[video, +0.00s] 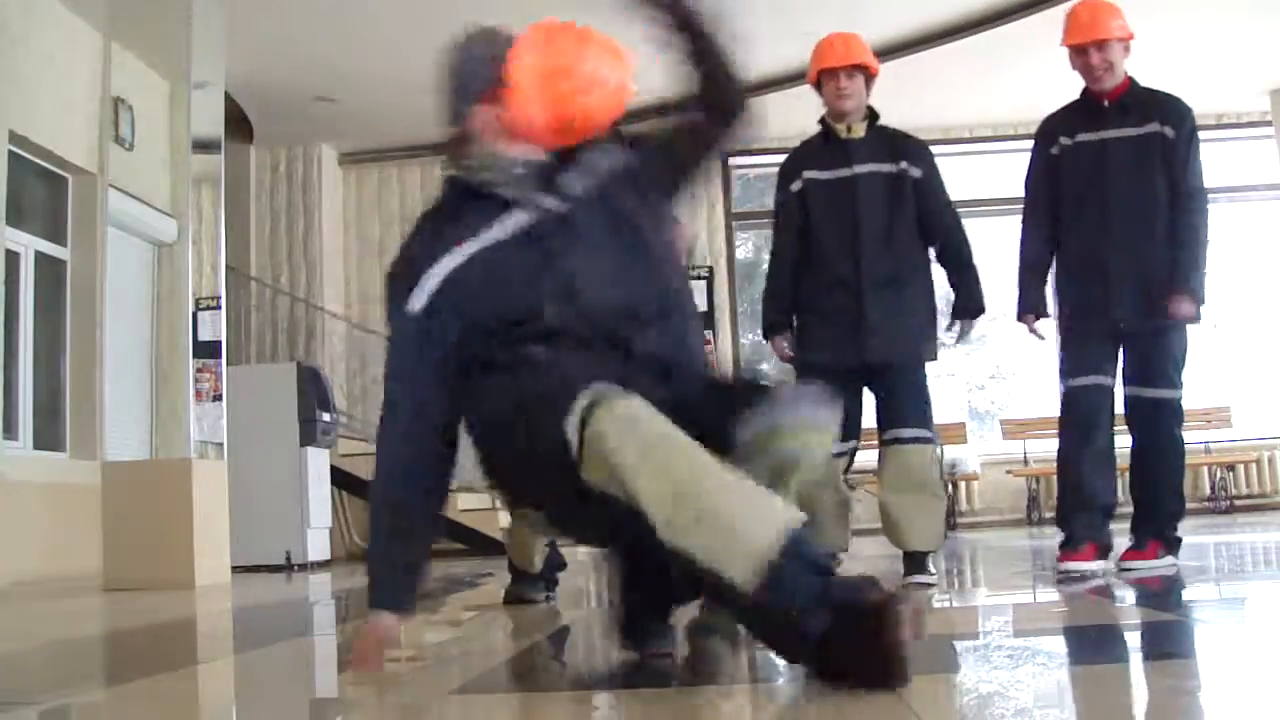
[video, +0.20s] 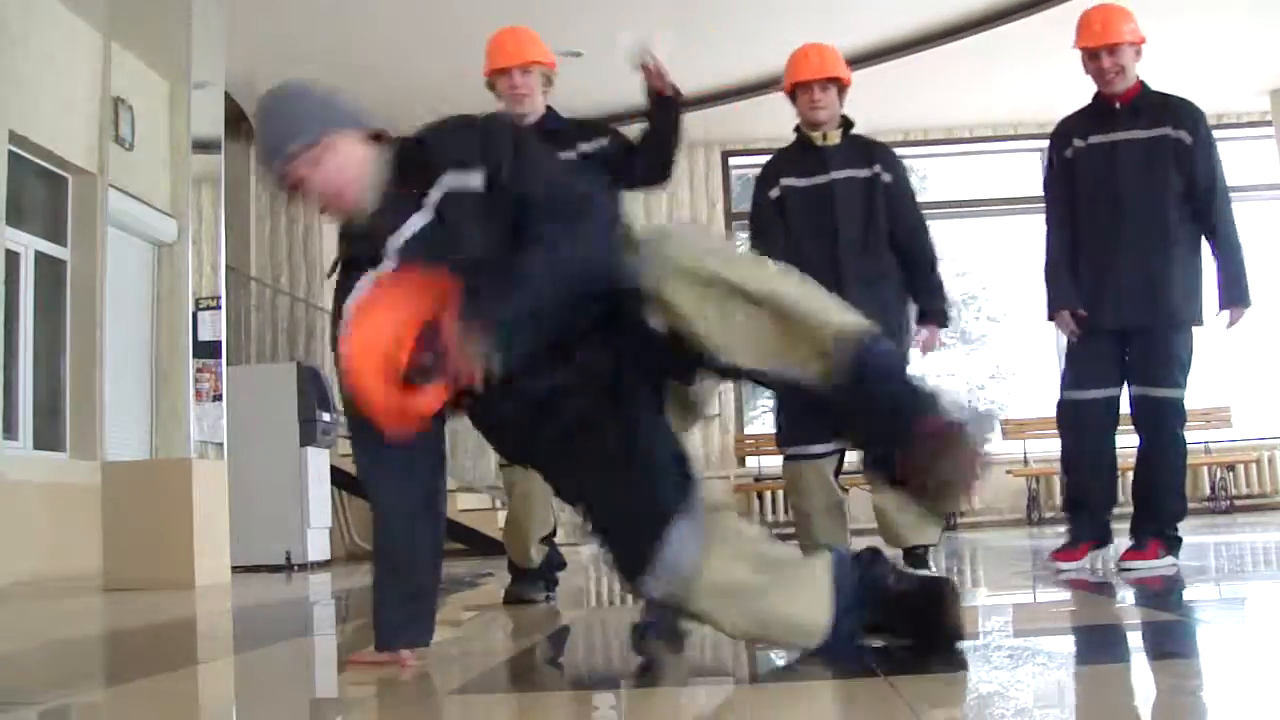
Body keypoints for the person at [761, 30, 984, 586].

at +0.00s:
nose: (843, 85)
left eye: (852, 74)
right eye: (831, 77)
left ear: (870, 80)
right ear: (817, 87)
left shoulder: (908, 152)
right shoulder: (799, 165)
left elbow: (945, 229)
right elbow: (785, 249)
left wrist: (968, 297)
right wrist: (775, 319)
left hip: (898, 329)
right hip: (824, 334)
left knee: (911, 446)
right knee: (822, 452)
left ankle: (919, 552)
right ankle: (819, 557)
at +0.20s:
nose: (816, 98)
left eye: (826, 88)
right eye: (805, 90)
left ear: (842, 93)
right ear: (792, 99)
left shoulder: (879, 160)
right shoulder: (775, 173)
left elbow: (912, 237)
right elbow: (764, 259)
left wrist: (931, 309)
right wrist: (766, 334)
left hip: (878, 329)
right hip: (801, 331)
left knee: (891, 448)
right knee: (808, 457)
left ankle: (919, 559)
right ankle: (825, 572)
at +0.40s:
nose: (798, 104)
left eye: (807, 94)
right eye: (787, 96)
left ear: (822, 98)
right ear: (773, 104)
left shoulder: (864, 161)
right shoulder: (757, 178)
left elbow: (892, 236)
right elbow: (744, 250)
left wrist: (891, 295)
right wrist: (744, 298)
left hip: (863, 327)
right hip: (793, 335)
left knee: (893, 450)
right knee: (805, 463)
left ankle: (920, 553)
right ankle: (816, 565)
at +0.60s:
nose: (792, 109)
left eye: (802, 99)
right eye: (781, 101)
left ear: (819, 103)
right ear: (769, 109)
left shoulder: (857, 163)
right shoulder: (757, 185)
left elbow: (884, 233)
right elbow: (740, 262)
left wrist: (868, 289)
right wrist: (724, 322)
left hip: (858, 329)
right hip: (792, 339)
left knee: (877, 437)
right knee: (805, 447)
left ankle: (879, 540)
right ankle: (819, 550)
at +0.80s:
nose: (799, 116)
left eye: (808, 105)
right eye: (789, 108)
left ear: (826, 109)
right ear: (777, 116)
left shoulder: (863, 172)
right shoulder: (763, 188)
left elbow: (890, 245)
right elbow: (752, 269)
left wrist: (887, 302)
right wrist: (743, 339)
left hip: (858, 333)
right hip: (791, 340)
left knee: (863, 447)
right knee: (805, 448)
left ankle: (860, 546)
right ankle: (822, 552)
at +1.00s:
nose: (817, 125)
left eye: (826, 115)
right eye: (806, 117)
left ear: (842, 120)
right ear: (794, 125)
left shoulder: (874, 188)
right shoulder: (774, 193)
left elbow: (901, 261)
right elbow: (759, 272)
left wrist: (909, 319)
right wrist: (753, 338)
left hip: (865, 344)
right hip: (798, 347)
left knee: (865, 451)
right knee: (811, 450)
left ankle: (861, 549)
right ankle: (824, 551)